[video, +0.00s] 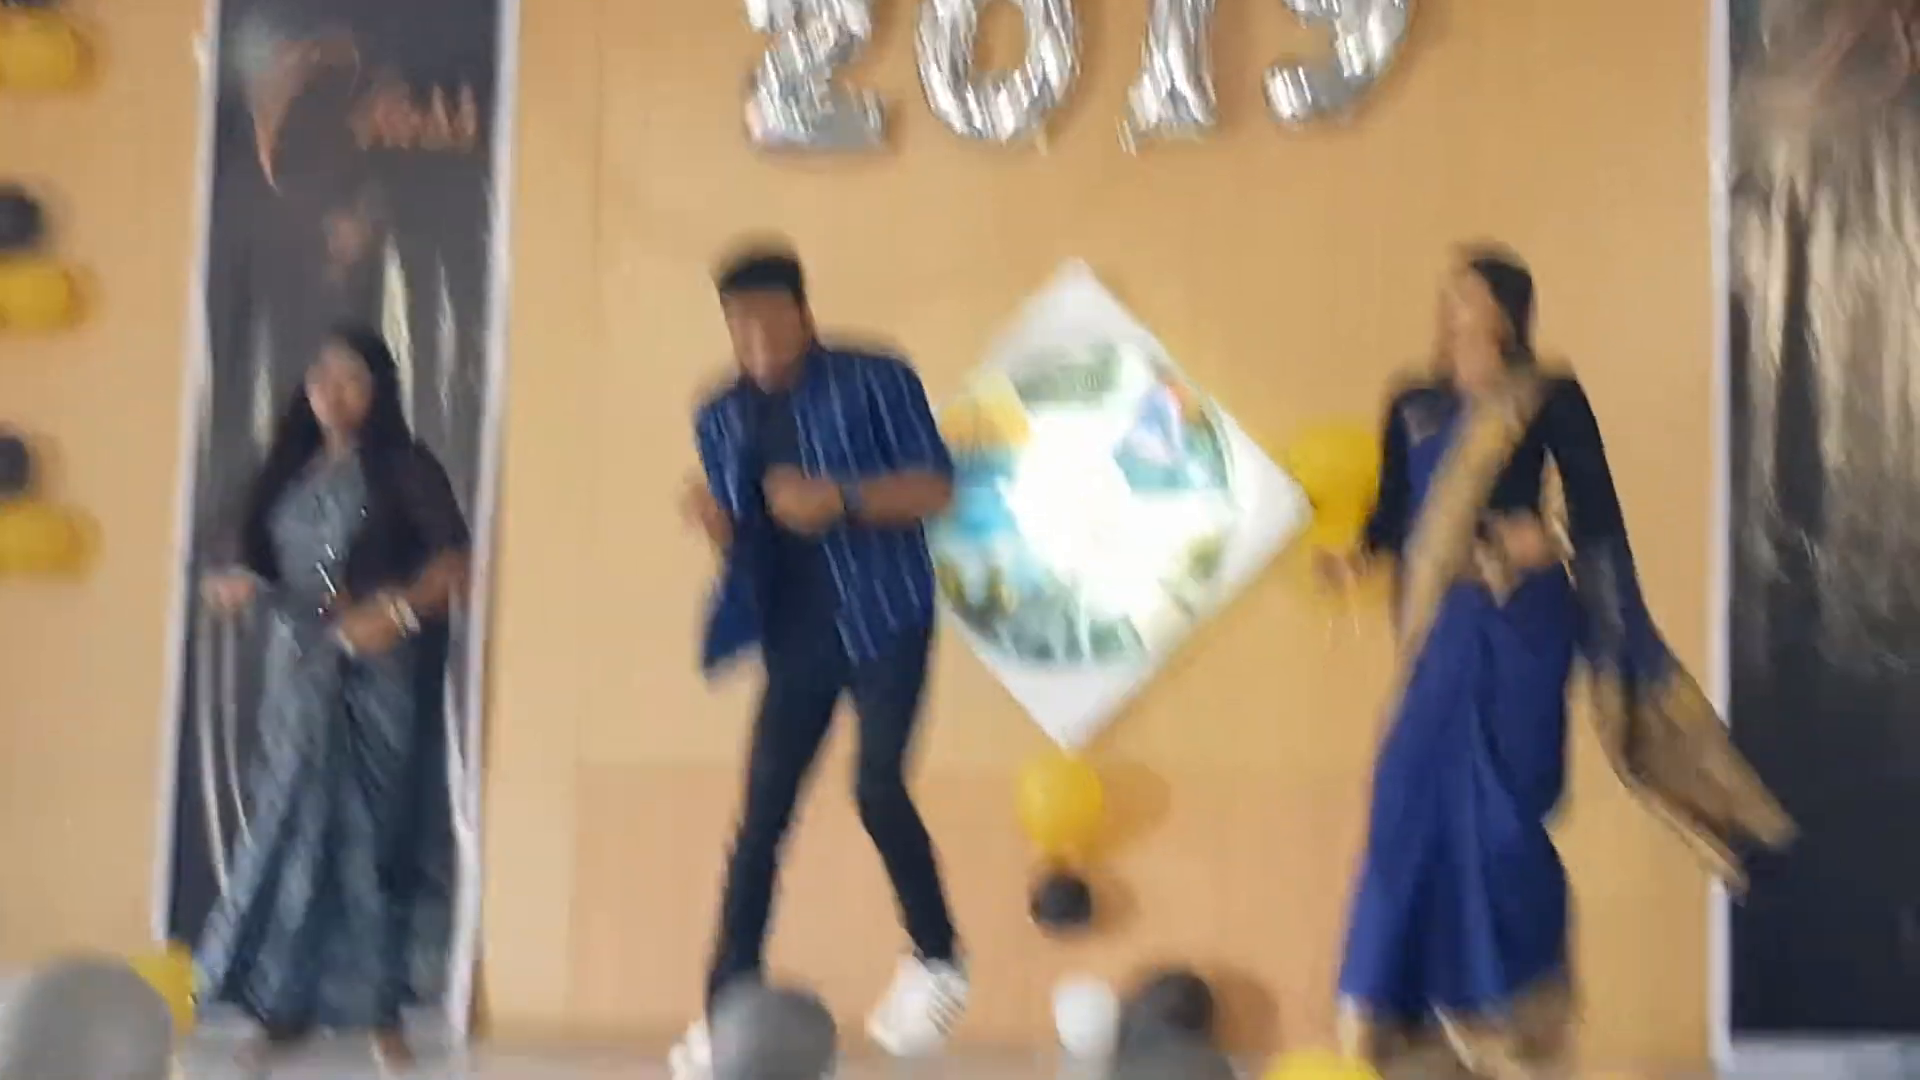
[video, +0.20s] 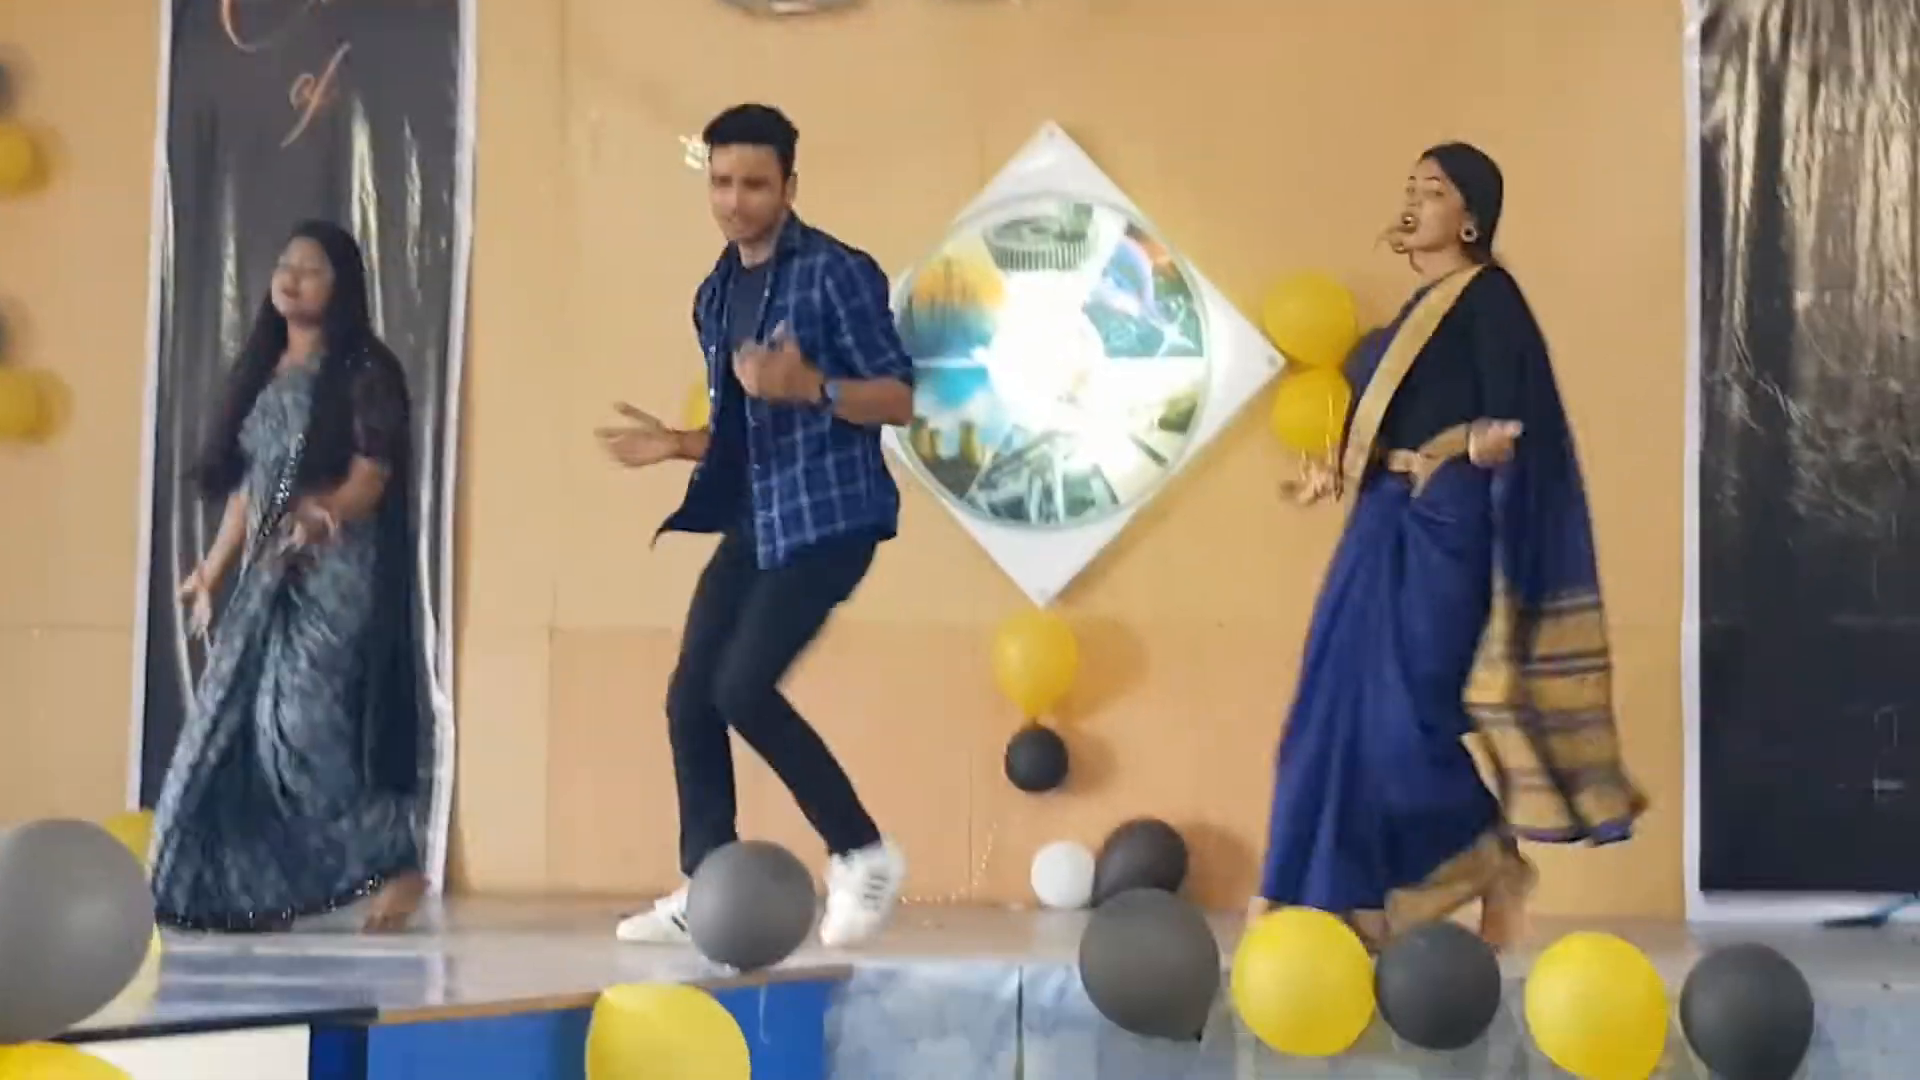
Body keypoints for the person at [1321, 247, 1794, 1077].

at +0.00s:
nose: (1453, 316)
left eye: (1468, 302)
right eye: (1449, 302)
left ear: (1508, 314)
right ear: (1441, 314)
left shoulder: (1552, 398)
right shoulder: (1416, 404)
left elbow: (1599, 524)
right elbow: (1395, 509)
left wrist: (1542, 545)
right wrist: (1361, 551)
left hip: (1524, 623)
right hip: (1443, 624)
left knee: (1505, 805)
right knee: (1408, 786)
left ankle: (1525, 1004)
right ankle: (1388, 1002)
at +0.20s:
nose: (1407, 205)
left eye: (1426, 193)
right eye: (1408, 191)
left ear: (1469, 213)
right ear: (1415, 208)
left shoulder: (1490, 297)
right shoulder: (1418, 307)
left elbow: (1519, 429)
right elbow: (1396, 418)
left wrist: (1451, 452)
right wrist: (1339, 459)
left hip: (1444, 539)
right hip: (1378, 535)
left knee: (1404, 725)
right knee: (1337, 719)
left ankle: (1497, 871)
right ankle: (1355, 914)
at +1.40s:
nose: (1694, 129)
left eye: (1715, 119)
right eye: (1684, 116)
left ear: (1745, 143)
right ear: (1667, 136)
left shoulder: (1768, 208)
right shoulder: (1660, 235)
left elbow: (1806, 327)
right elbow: (1656, 345)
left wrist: (1834, 267)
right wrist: (1567, 327)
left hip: (1755, 462)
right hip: (1681, 469)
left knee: (1772, 643)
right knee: (1696, 654)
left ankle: (1846, 849)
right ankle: (1779, 856)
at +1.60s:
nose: (1652, 211)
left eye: (1671, 200)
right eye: (1639, 199)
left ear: (1699, 221)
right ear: (1620, 220)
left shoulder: (1739, 302)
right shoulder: (1600, 323)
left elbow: (1768, 436)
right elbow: (1588, 434)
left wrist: (1791, 404)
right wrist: (1492, 424)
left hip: (1727, 549)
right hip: (1634, 557)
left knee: (1732, 725)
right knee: (1638, 732)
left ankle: (1772, 928)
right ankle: (1672, 933)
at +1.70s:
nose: (1623, 200)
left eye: (1640, 188)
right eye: (1611, 188)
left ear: (1668, 208)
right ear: (1589, 207)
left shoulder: (1715, 285)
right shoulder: (1562, 299)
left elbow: (1752, 393)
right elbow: (1530, 395)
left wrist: (1781, 389)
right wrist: (1470, 414)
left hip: (1701, 526)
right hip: (1606, 533)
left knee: (1719, 714)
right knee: (1631, 719)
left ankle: (1754, 928)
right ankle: (1668, 936)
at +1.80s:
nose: (1590, 204)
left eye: (1606, 191)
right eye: (1573, 195)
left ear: (1633, 210)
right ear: (1554, 219)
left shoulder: (1685, 293)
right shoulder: (1526, 307)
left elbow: (1719, 422)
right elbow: (1501, 405)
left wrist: (1739, 416)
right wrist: (1466, 434)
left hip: (1658, 540)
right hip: (1562, 546)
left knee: (1662, 723)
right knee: (1577, 727)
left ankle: (1662, 939)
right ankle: (1624, 936)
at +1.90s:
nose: (1557, 239)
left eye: (1570, 227)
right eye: (1539, 231)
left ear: (1596, 246)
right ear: (1518, 256)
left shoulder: (1647, 334)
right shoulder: (1495, 353)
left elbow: (1684, 477)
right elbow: (1494, 479)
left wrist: (1697, 410)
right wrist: (1465, 459)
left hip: (1625, 564)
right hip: (1528, 569)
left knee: (1629, 745)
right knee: (1505, 743)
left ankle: (1638, 945)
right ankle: (1558, 943)